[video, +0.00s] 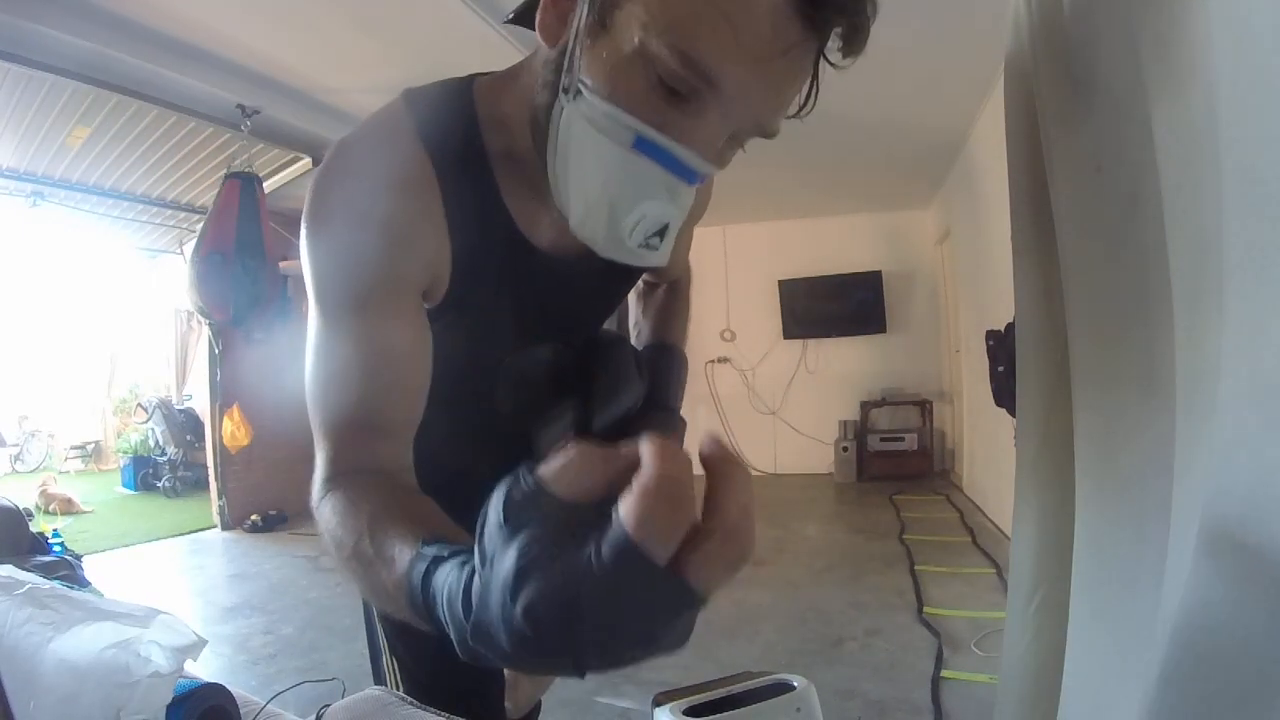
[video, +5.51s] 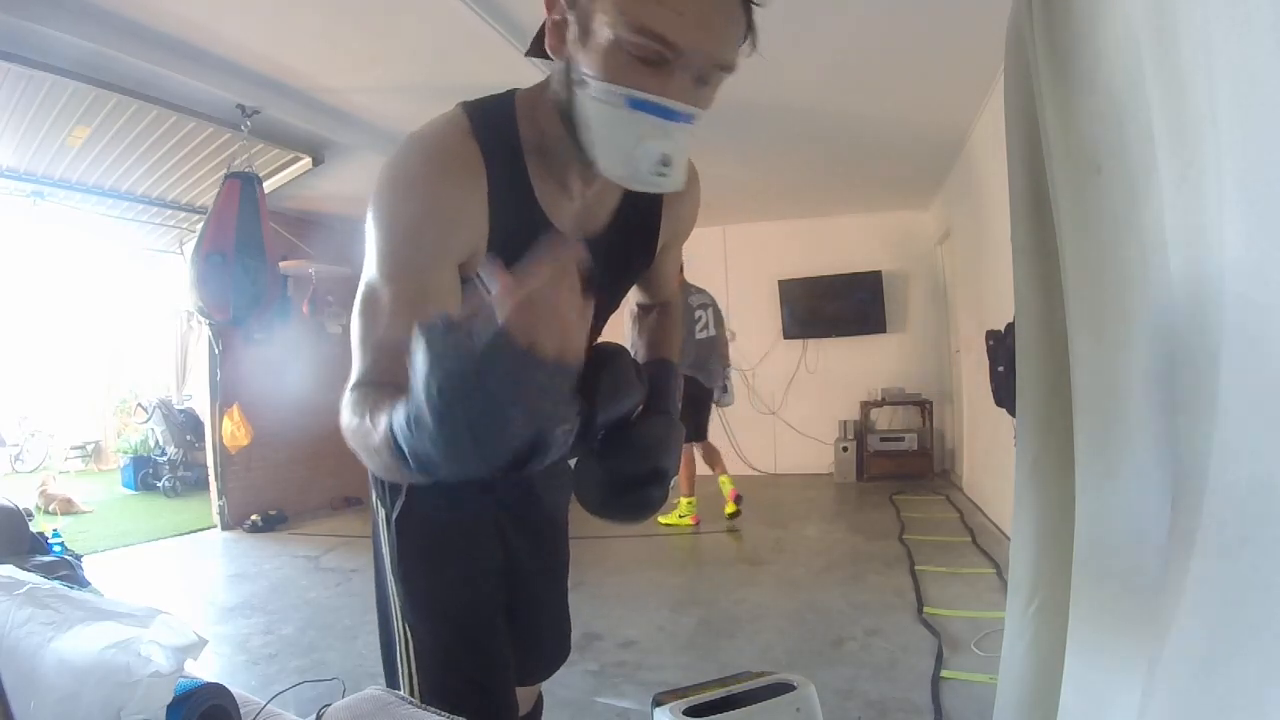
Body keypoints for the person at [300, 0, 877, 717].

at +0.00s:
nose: (695, 164)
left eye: (744, 137)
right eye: (673, 87)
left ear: (768, 124)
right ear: (563, 14)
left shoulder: (668, 179)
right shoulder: (387, 178)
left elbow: (663, 279)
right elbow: (355, 475)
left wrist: (652, 417)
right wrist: (465, 594)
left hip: (560, 516)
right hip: (425, 523)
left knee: (532, 677)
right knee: (463, 699)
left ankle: (518, 707)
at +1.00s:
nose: (685, 151)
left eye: (731, 127)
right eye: (663, 91)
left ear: (763, 112)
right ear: (585, 32)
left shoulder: (645, 180)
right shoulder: (443, 167)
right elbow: (370, 456)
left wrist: (643, 409)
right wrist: (517, 516)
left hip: (533, 466)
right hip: (417, 479)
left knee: (539, 653)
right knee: (458, 700)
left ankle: (512, 710)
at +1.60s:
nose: (697, 129)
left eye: (738, 108)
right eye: (672, 79)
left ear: (764, 105)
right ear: (610, 44)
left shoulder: (665, 186)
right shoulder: (490, 165)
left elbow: (639, 308)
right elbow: (404, 418)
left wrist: (646, 412)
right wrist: (554, 398)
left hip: (537, 459)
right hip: (445, 468)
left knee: (537, 661)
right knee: (488, 699)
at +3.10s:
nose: (743, 180)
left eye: (763, 170)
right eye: (741, 145)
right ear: (675, 95)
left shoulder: (610, 177)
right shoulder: (601, 185)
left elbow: (562, 346)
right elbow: (492, 413)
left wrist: (599, 438)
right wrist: (665, 422)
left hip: (466, 453)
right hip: (431, 459)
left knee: (514, 681)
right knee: (503, 701)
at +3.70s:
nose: (703, 161)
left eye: (725, 146)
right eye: (696, 124)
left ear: (738, 147)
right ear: (630, 80)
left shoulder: (618, 196)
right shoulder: (521, 169)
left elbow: (581, 311)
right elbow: (447, 404)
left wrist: (604, 414)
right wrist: (644, 397)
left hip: (502, 441)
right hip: (425, 449)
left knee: (537, 639)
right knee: (487, 699)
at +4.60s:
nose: (622, 102)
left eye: (667, 80)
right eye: (600, 53)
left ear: (707, 84)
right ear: (553, 34)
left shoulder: (656, 194)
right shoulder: (453, 171)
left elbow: (640, 302)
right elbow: (368, 421)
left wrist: (641, 385)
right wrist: (547, 472)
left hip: (535, 456)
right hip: (431, 469)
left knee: (529, 678)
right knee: (472, 703)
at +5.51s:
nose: (672, 105)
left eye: (707, 78)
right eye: (646, 58)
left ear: (728, 73)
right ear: (560, 28)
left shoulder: (669, 187)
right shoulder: (442, 165)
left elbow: (659, 300)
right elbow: (367, 405)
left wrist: (660, 407)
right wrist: (435, 437)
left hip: (545, 458)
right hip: (434, 471)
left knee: (527, 683)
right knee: (468, 704)